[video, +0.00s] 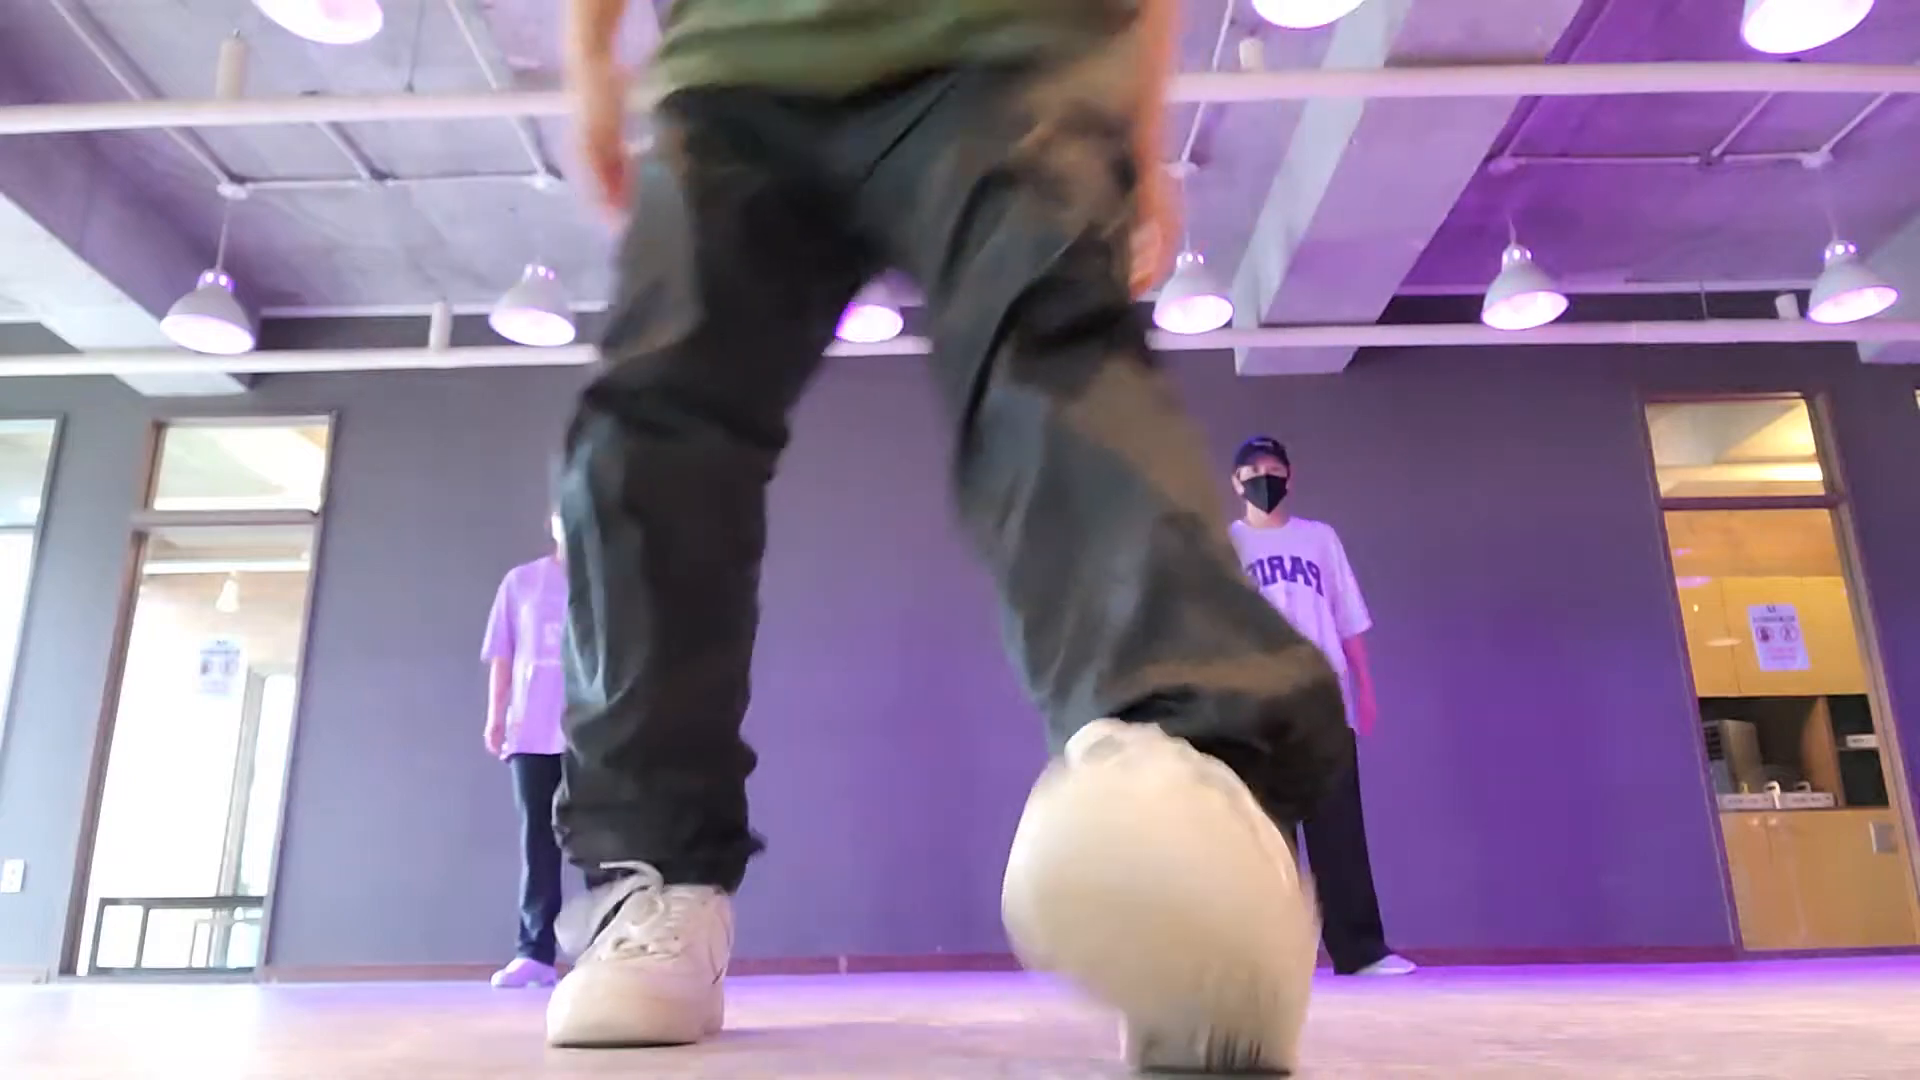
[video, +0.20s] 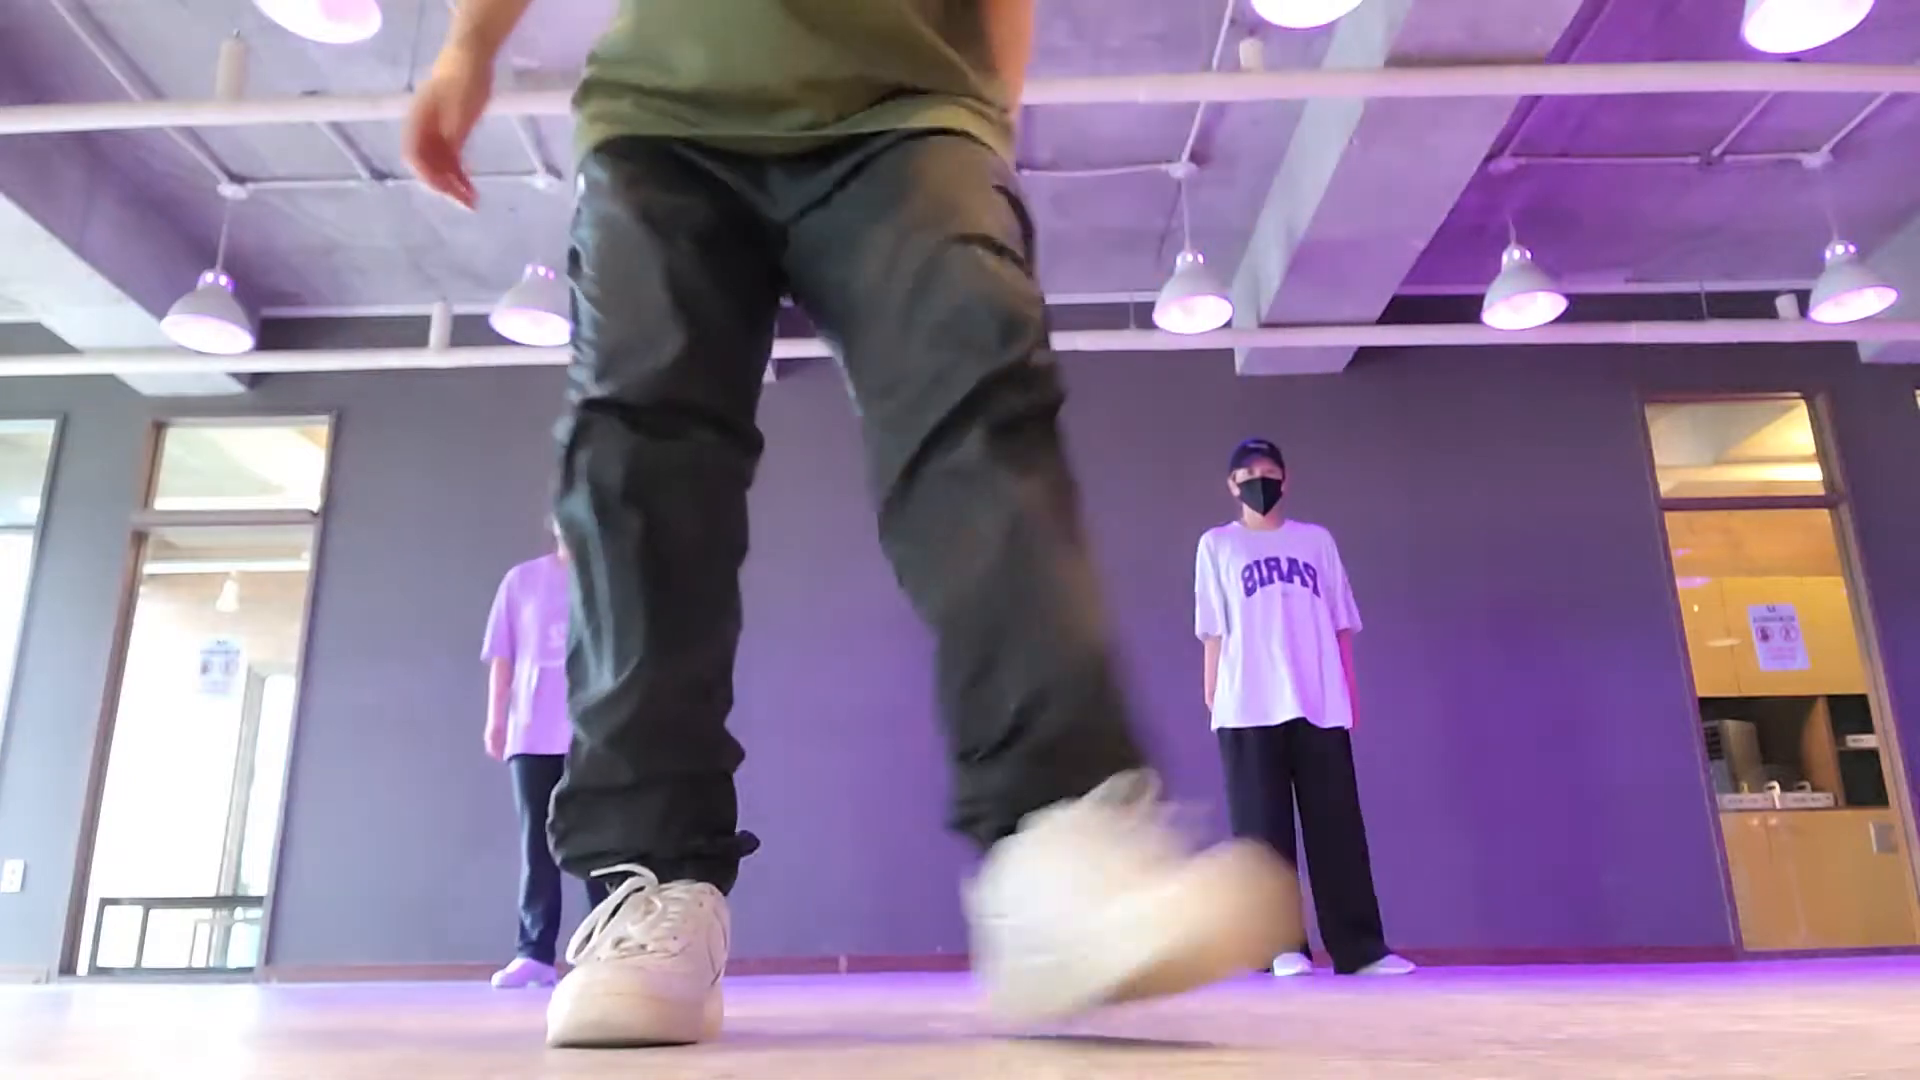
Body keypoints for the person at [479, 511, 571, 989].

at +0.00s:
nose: (569, 530)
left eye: (577, 522)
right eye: (563, 521)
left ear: (592, 528)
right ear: (552, 524)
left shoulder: (605, 582)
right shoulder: (520, 582)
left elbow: (621, 655)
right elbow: (501, 658)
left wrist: (618, 723)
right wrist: (496, 718)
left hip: (591, 735)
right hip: (533, 730)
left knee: (598, 844)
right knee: (537, 844)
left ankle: (609, 955)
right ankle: (536, 952)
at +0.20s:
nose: (570, 535)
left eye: (578, 525)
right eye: (565, 524)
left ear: (593, 531)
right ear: (553, 526)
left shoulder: (608, 579)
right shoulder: (522, 581)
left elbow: (622, 657)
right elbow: (502, 659)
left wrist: (620, 725)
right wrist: (496, 720)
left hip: (595, 735)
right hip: (535, 733)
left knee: (599, 842)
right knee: (536, 845)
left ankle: (612, 954)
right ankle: (535, 953)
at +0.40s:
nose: (585, 514)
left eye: (594, 506)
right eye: (576, 506)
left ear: (608, 518)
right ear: (560, 518)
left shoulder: (620, 582)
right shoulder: (531, 579)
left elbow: (634, 657)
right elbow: (508, 655)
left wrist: (628, 726)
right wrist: (497, 715)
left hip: (604, 733)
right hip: (542, 729)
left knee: (608, 840)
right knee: (541, 844)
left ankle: (616, 954)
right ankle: (537, 952)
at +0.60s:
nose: (597, 512)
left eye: (608, 505)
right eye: (587, 505)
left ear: (624, 519)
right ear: (571, 518)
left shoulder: (635, 579)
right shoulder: (542, 578)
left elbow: (651, 653)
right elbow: (521, 652)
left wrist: (645, 719)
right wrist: (512, 709)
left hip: (617, 730)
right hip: (555, 726)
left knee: (615, 843)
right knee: (548, 840)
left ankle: (618, 955)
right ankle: (539, 951)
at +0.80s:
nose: (600, 515)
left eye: (609, 506)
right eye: (592, 506)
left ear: (624, 518)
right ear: (577, 518)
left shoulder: (636, 580)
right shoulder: (551, 578)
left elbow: (650, 652)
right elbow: (533, 651)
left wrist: (641, 719)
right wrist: (528, 709)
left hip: (620, 730)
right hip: (561, 726)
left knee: (621, 840)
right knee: (547, 838)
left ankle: (623, 957)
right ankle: (537, 950)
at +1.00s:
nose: (609, 541)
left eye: (617, 532)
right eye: (598, 533)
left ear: (635, 532)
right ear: (583, 534)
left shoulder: (653, 578)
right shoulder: (567, 577)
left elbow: (663, 650)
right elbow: (546, 645)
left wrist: (661, 707)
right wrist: (543, 708)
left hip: (624, 723)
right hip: (566, 723)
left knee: (623, 837)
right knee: (548, 834)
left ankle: (615, 950)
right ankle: (531, 950)